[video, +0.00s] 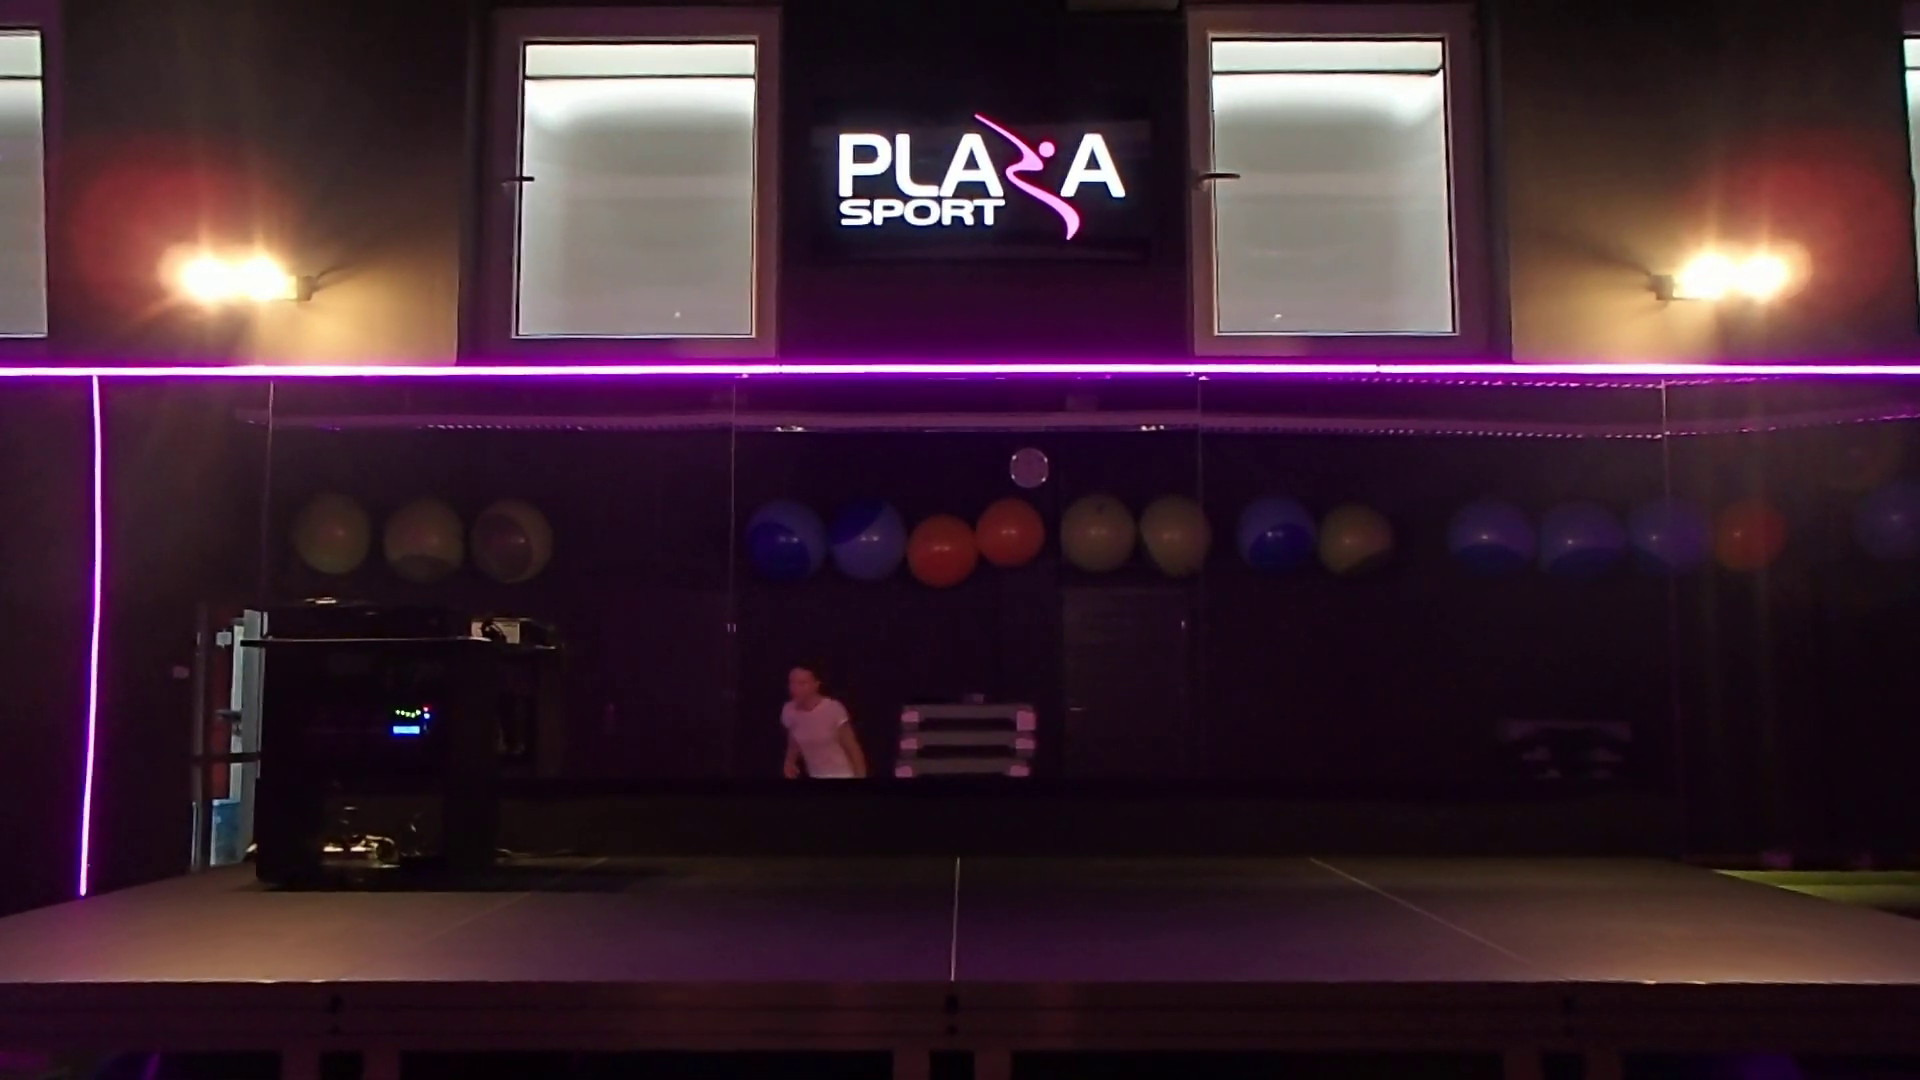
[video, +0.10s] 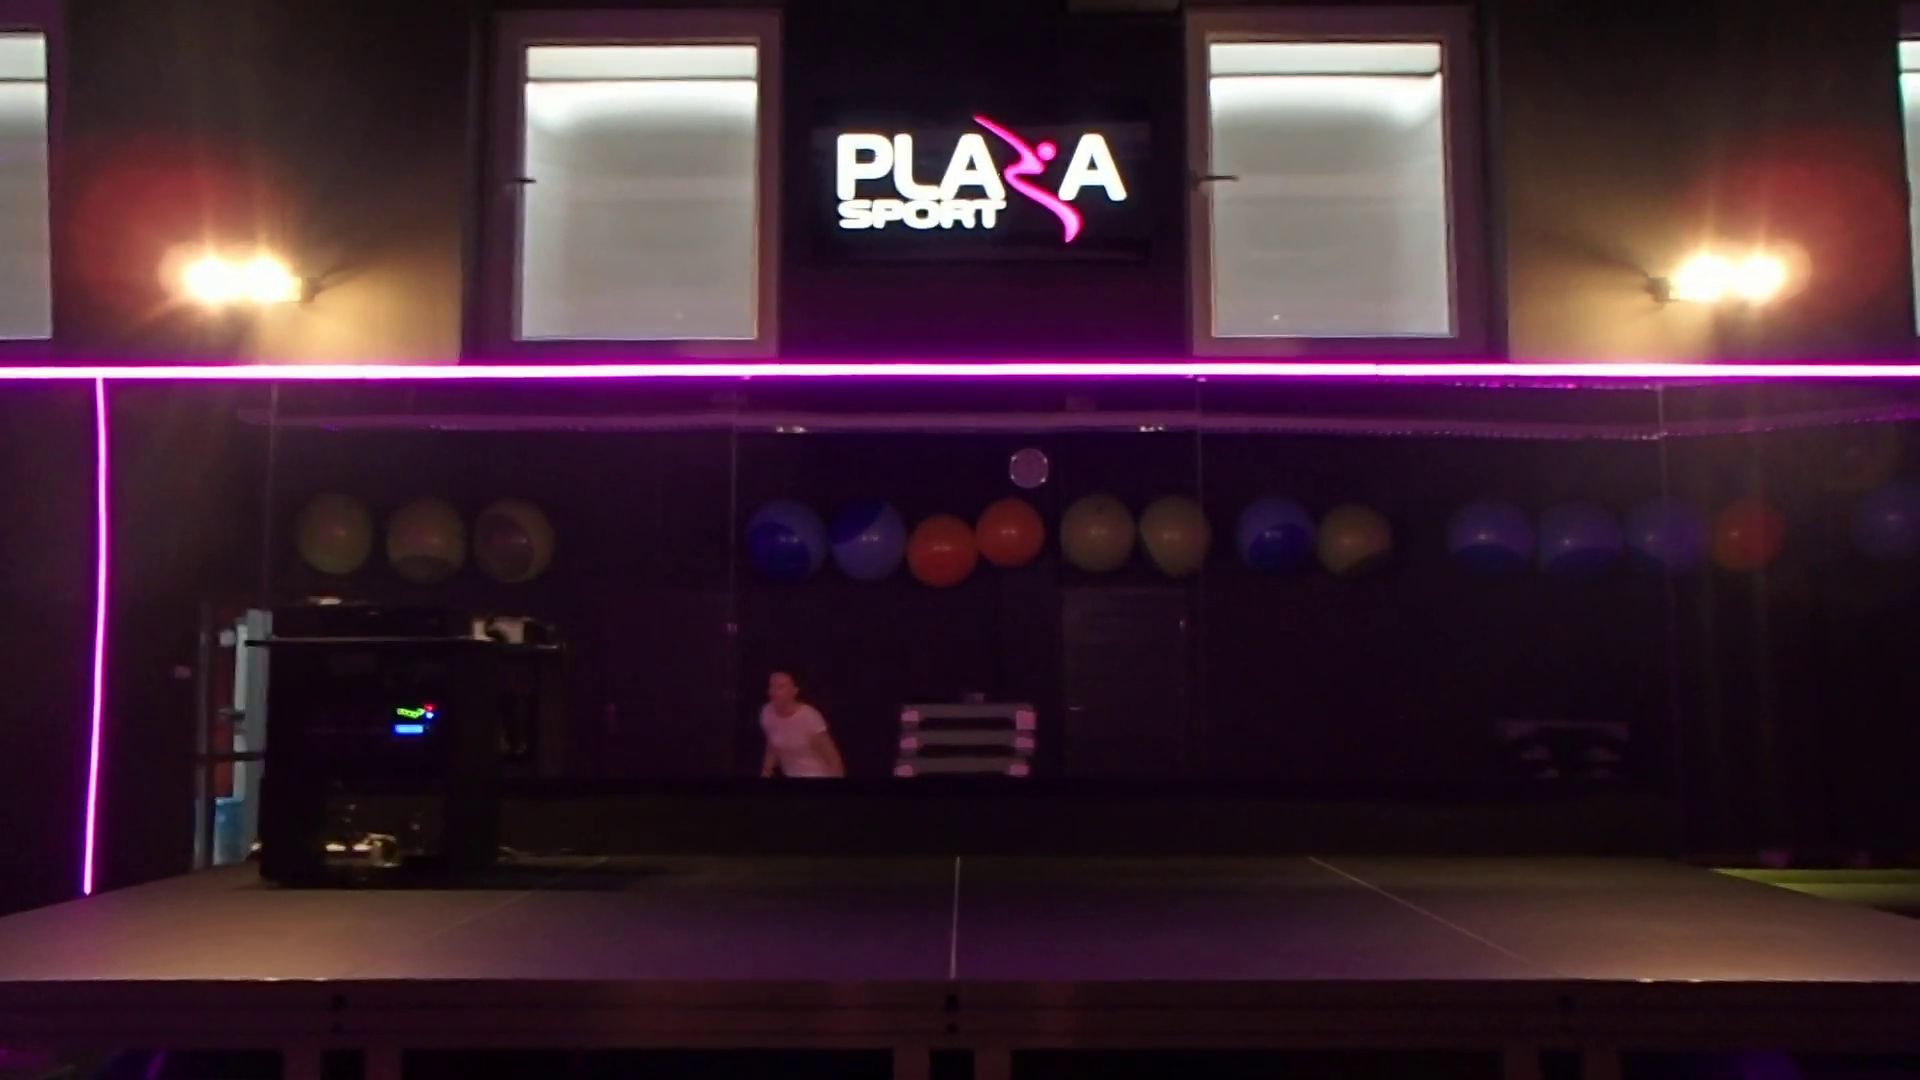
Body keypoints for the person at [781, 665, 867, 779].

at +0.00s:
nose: (796, 689)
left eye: (802, 683)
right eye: (793, 683)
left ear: (816, 685)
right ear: (789, 686)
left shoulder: (833, 709)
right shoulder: (789, 711)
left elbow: (852, 746)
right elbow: (793, 742)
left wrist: (861, 776)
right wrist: (790, 763)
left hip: (844, 777)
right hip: (815, 779)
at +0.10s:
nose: (774, 692)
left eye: (781, 687)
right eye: (772, 687)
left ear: (794, 690)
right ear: (769, 690)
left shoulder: (809, 716)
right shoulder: (768, 714)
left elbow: (831, 755)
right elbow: (772, 749)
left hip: (820, 781)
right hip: (791, 781)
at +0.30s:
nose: (738, 679)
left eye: (743, 673)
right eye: (734, 673)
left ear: (753, 678)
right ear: (726, 679)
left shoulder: (761, 707)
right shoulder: (724, 704)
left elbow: (783, 748)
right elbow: (724, 737)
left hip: (770, 776)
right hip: (743, 777)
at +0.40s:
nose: (710, 650)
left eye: (717, 645)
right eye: (708, 645)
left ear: (731, 651)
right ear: (703, 650)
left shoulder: (741, 681)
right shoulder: (703, 681)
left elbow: (759, 721)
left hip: (744, 768)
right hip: (712, 766)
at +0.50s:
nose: (687, 638)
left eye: (695, 633)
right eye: (684, 632)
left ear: (708, 640)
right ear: (679, 638)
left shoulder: (715, 670)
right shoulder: (677, 671)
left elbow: (734, 714)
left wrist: (707, 727)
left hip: (712, 759)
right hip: (681, 757)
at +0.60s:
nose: (661, 645)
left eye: (668, 639)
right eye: (658, 640)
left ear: (683, 645)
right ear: (654, 644)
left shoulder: (693, 677)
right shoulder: (648, 681)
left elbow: (710, 722)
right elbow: (646, 723)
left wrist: (704, 761)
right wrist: (645, 760)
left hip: (684, 768)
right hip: (650, 769)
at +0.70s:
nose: (636, 665)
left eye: (644, 659)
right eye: (633, 660)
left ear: (658, 664)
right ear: (628, 665)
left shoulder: (670, 699)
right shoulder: (619, 702)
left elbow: (689, 740)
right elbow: (601, 744)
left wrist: (701, 776)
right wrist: (582, 777)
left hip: (657, 784)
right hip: (620, 784)